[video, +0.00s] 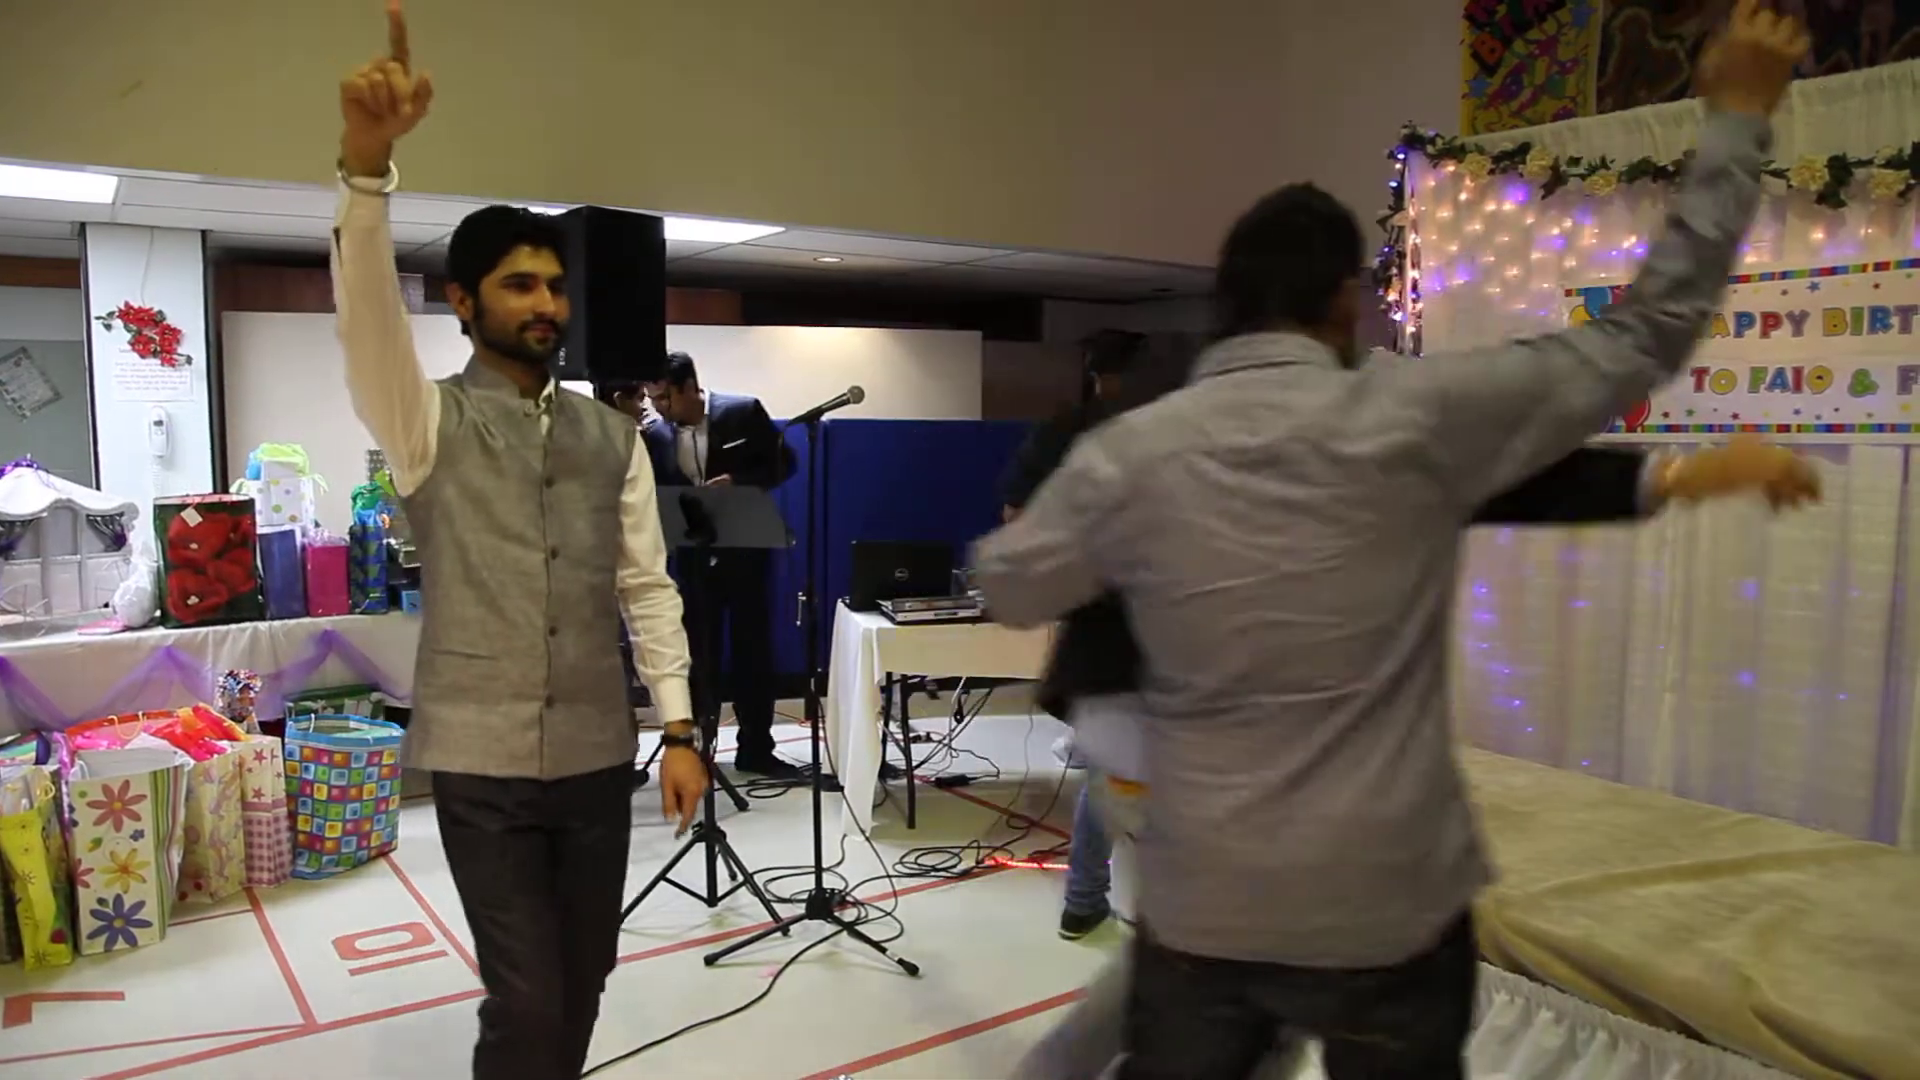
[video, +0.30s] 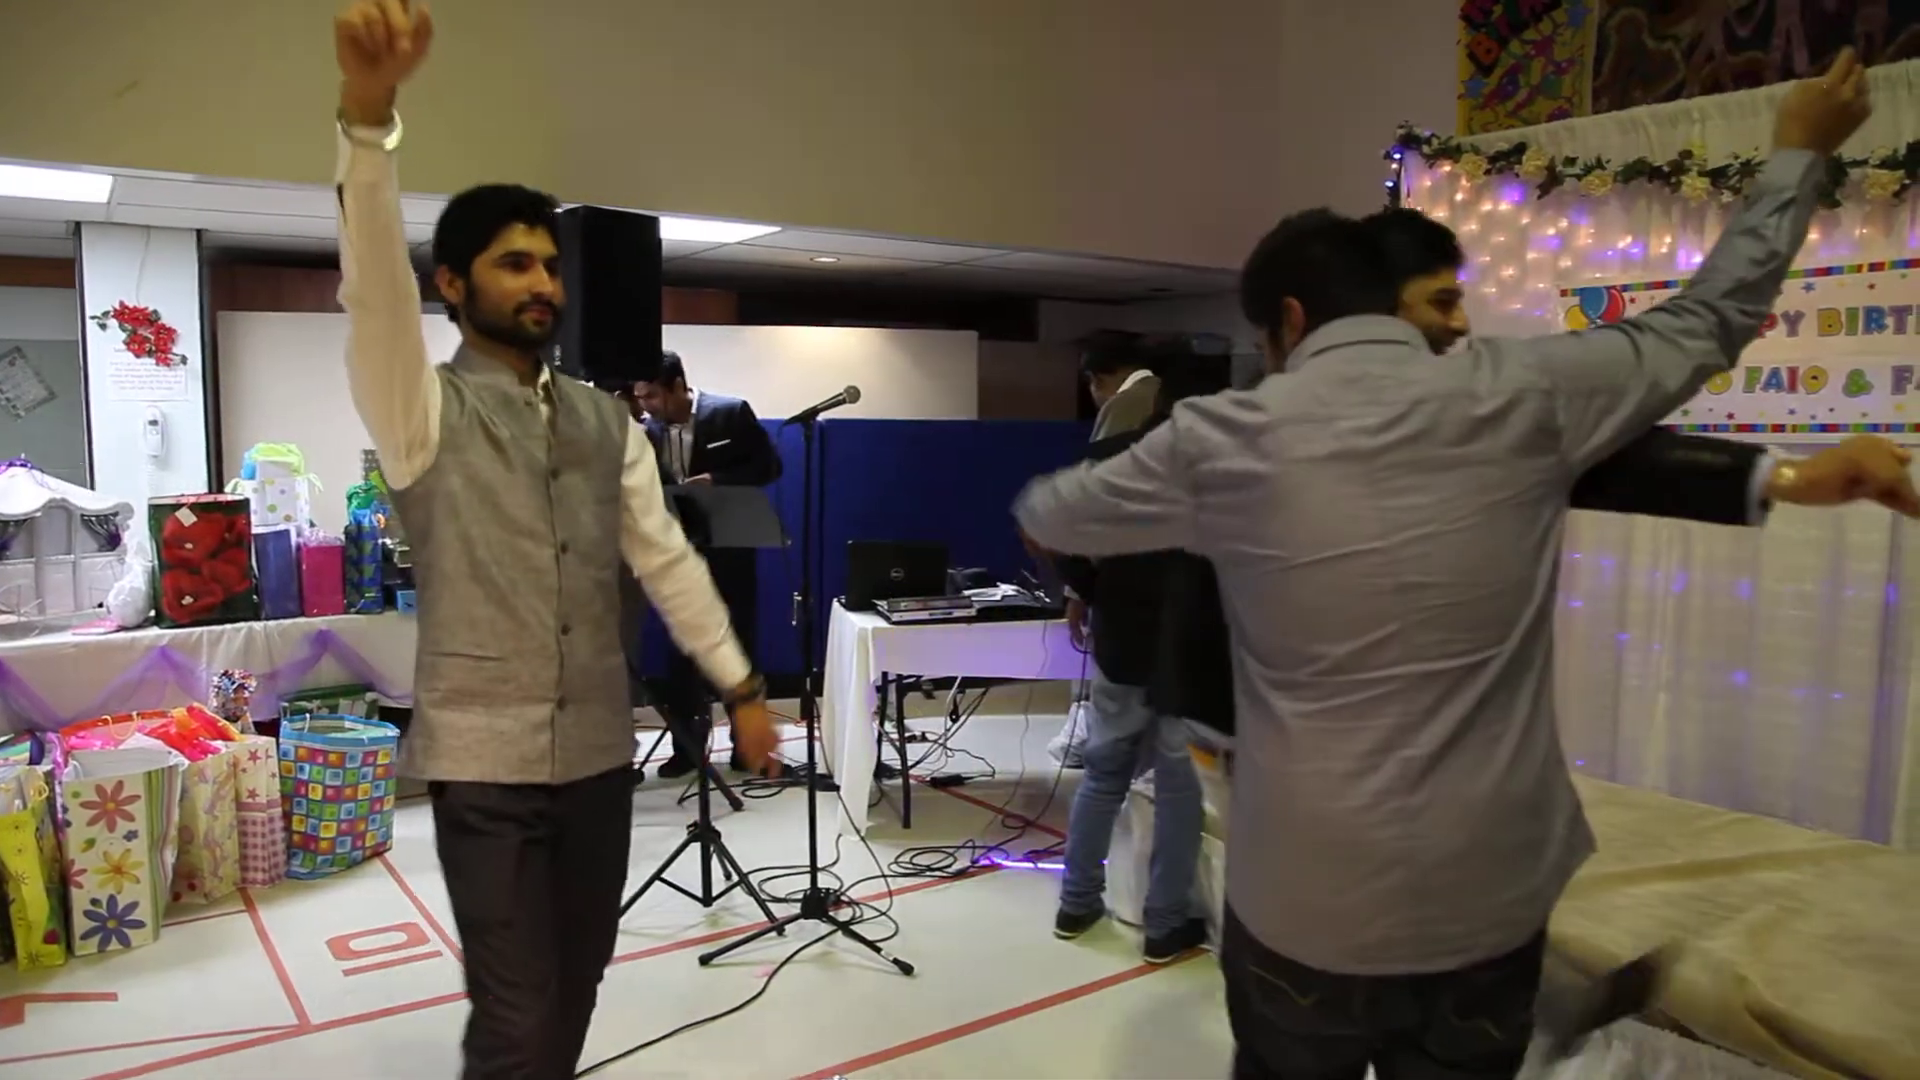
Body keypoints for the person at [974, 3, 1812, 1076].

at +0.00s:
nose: (1366, 306)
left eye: (1359, 286)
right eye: (1363, 286)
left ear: (1227, 299)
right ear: (1345, 298)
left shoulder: (1128, 458)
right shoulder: (1418, 415)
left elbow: (1003, 586)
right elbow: (1645, 334)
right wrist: (1737, 120)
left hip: (1202, 914)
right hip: (1395, 913)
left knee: (1163, 1072)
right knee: (1406, 1073)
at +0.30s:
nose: (1254, 359)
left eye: (1254, 335)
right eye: (1429, 302)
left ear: (1288, 323)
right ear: (1367, 302)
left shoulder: (1224, 441)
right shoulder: (1519, 388)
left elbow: (1046, 514)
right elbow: (1708, 321)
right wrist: (1801, 149)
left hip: (1304, 905)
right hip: (1494, 897)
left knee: (1289, 1066)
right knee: (1458, 1072)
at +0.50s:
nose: (1223, 379)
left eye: (1221, 356)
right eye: (1222, 361)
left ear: (1253, 337)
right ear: (1369, 314)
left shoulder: (1200, 438)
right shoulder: (1478, 387)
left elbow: (1043, 451)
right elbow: (1642, 337)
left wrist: (927, 440)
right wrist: (1722, 187)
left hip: (1287, 902)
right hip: (1478, 896)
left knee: (1255, 1066)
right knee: (1428, 1068)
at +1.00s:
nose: (1073, 377)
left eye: (1074, 358)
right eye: (1074, 361)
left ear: (1097, 347)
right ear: (1197, 335)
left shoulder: (1036, 431)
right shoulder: (1300, 407)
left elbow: (893, 411)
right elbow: (1452, 334)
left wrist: (784, 344)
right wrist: (1520, 174)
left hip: (1079, 875)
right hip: (1250, 871)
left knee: (1052, 1073)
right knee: (1261, 1071)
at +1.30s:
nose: (1001, 375)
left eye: (1005, 358)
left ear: (1017, 358)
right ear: (1117, 343)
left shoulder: (960, 450)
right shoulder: (1201, 398)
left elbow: (817, 500)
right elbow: (1387, 339)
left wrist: (756, 404)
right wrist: (1449, 177)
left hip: (1022, 866)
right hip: (1183, 859)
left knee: (1021, 1068)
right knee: (1177, 1068)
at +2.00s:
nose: (1148, 342)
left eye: (1146, 327)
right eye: (1144, 326)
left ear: (1032, 335)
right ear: (1116, 326)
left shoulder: (956, 465)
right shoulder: (1172, 407)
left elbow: (904, 636)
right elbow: (1359, 399)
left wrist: (939, 775)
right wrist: (1341, 304)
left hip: (1041, 804)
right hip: (1177, 801)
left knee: (1062, 992)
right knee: (1169, 1026)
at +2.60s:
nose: (1053, 339)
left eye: (1055, 322)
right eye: (1031, 323)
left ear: (1050, 326)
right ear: (970, 335)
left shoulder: (1003, 430)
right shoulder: (950, 438)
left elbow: (1001, 610)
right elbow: (960, 625)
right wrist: (1075, 756)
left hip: (991, 744)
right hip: (953, 747)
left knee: (969, 935)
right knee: (1056, 930)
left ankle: (923, 1072)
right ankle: (995, 1070)